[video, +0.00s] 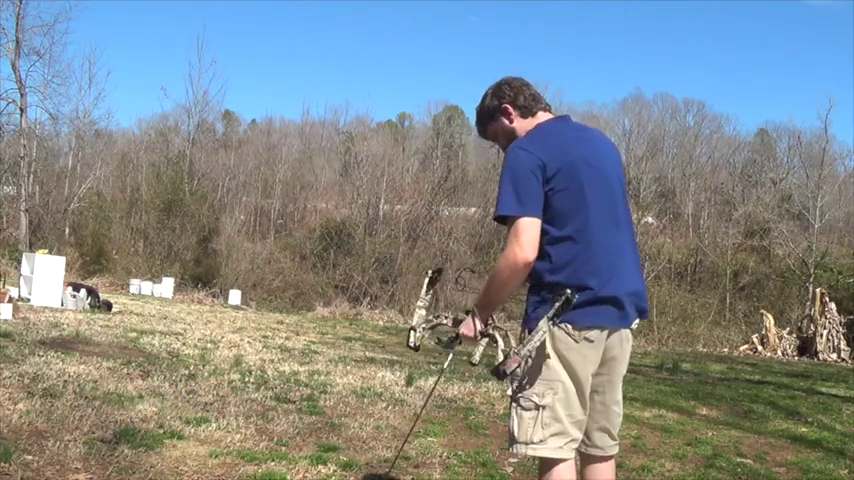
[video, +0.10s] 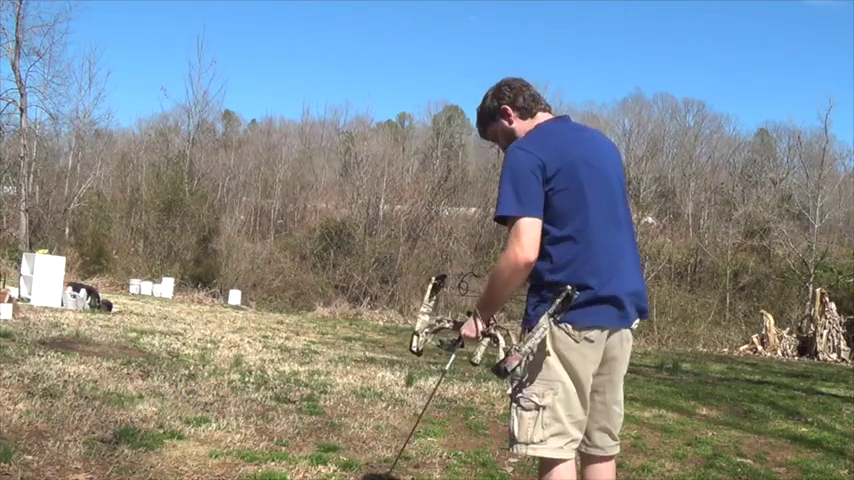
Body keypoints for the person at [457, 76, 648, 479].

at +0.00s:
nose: (502, 149)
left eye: (497, 139)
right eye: (495, 143)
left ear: (508, 113)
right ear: (544, 109)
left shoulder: (530, 150)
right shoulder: (602, 143)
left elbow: (522, 252)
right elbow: (590, 245)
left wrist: (479, 315)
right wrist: (537, 330)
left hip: (567, 315)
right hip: (622, 311)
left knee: (557, 452)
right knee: (601, 450)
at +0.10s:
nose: (502, 150)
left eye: (497, 140)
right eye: (495, 144)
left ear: (508, 114)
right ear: (544, 109)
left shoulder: (530, 150)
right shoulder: (602, 143)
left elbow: (523, 252)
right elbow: (592, 242)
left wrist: (481, 316)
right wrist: (536, 329)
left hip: (567, 315)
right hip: (622, 310)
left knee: (557, 452)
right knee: (601, 449)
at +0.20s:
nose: (502, 150)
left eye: (497, 139)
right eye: (495, 144)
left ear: (508, 114)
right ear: (545, 109)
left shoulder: (530, 150)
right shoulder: (601, 144)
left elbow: (523, 252)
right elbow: (590, 244)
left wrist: (482, 316)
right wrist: (533, 333)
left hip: (567, 315)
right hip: (622, 311)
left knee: (557, 452)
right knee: (601, 450)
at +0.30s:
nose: (501, 149)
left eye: (496, 138)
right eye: (495, 143)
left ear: (507, 113)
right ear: (543, 109)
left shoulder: (529, 150)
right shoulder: (600, 144)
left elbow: (523, 253)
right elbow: (595, 241)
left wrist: (482, 315)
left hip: (567, 313)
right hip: (622, 309)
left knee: (557, 452)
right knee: (601, 450)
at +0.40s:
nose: (501, 148)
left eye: (496, 136)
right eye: (495, 141)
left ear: (507, 111)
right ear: (543, 107)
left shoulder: (529, 150)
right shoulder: (599, 144)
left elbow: (523, 252)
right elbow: (585, 246)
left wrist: (483, 314)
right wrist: (529, 331)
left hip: (567, 313)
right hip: (620, 308)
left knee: (556, 452)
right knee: (600, 449)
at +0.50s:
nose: (501, 146)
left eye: (496, 135)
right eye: (494, 140)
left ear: (506, 110)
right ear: (541, 106)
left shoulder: (528, 150)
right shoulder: (596, 143)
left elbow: (523, 253)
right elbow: (580, 246)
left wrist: (481, 314)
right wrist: (524, 331)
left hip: (567, 311)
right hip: (619, 307)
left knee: (555, 451)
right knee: (599, 449)